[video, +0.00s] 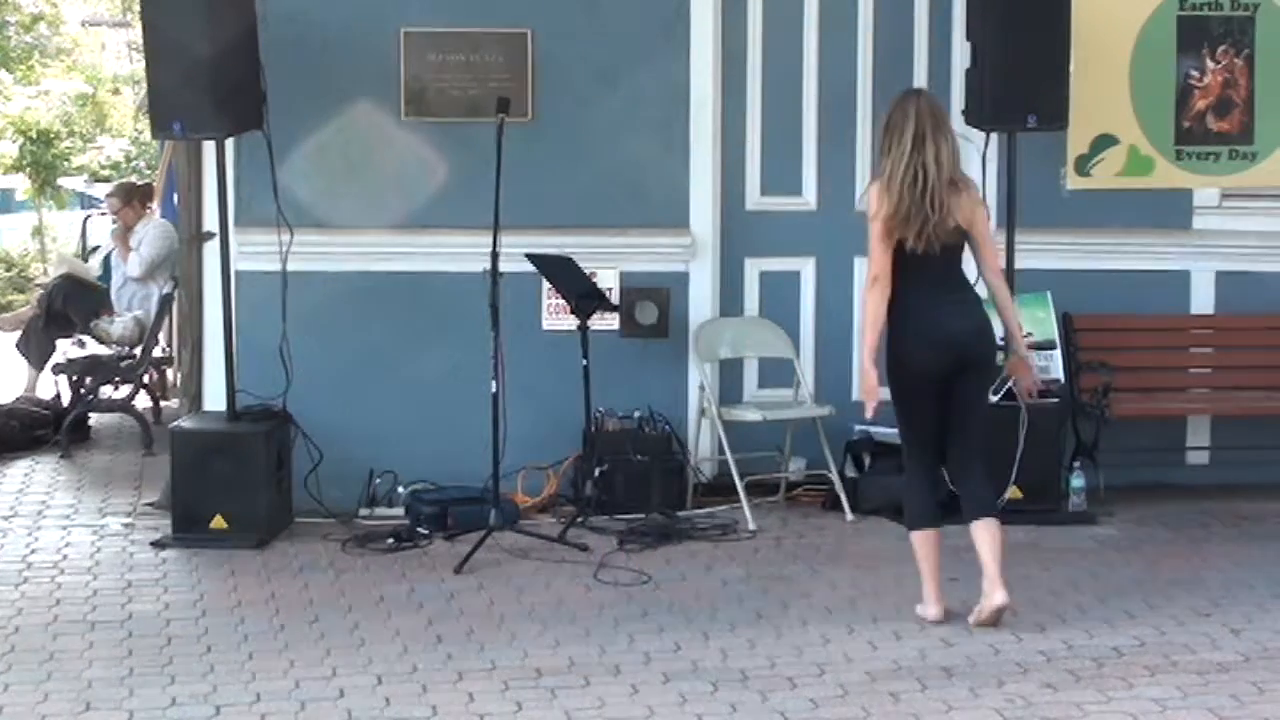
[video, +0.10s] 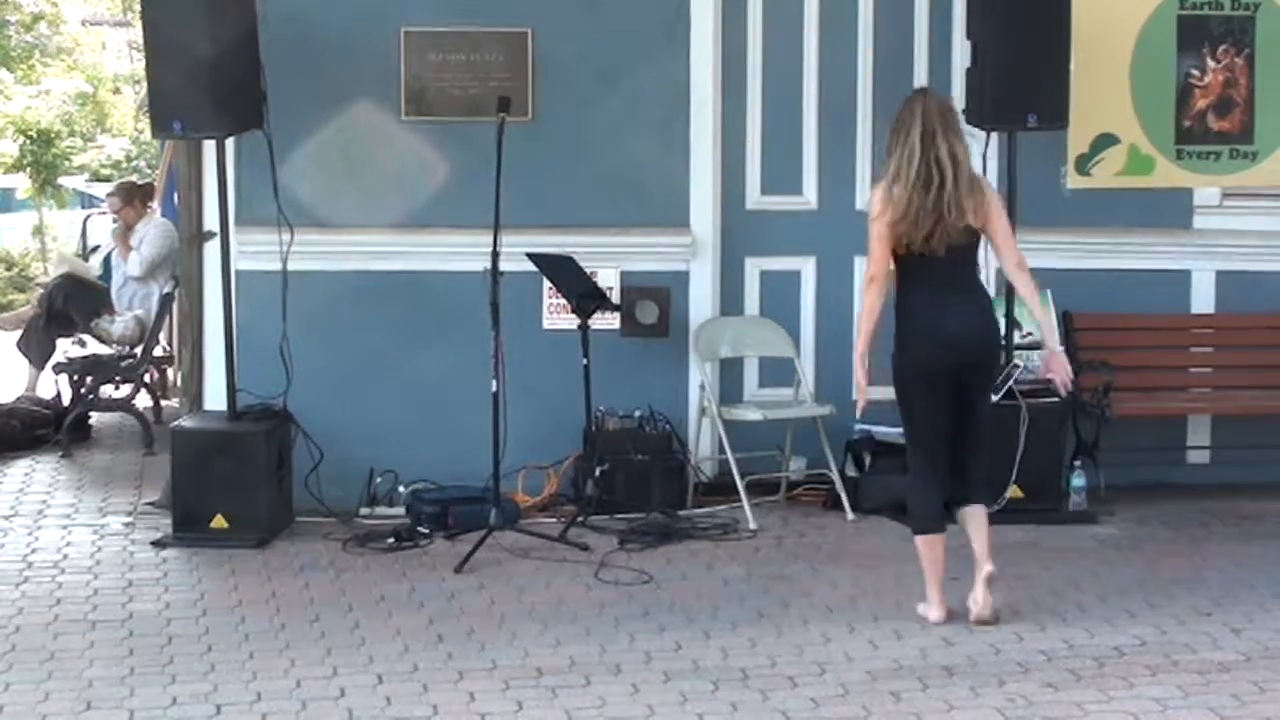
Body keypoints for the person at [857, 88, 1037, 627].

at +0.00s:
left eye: (890, 131)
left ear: (893, 135)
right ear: (944, 135)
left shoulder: (884, 193)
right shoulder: (965, 194)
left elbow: (879, 281)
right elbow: (993, 275)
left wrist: (868, 360)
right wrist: (1018, 346)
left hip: (914, 339)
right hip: (970, 334)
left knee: (919, 461)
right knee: (971, 458)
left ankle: (932, 599)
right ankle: (995, 585)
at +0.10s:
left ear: (901, 137)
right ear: (954, 136)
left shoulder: (888, 197)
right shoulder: (980, 193)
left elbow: (878, 281)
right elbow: (1015, 267)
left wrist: (860, 354)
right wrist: (1051, 341)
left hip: (920, 342)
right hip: (978, 337)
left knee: (925, 465)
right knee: (969, 460)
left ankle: (935, 601)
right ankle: (985, 568)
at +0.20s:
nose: (971, 138)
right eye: (969, 129)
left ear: (911, 137)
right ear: (965, 137)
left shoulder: (896, 198)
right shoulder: (991, 191)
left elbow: (881, 280)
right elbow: (1020, 265)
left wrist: (861, 353)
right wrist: (1053, 337)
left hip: (920, 341)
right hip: (980, 338)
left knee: (924, 462)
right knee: (981, 452)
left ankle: (934, 601)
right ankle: (981, 571)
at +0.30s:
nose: (980, 138)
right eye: (978, 128)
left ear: (924, 135)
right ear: (977, 136)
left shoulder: (903, 194)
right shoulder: (999, 191)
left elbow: (889, 279)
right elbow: (1020, 266)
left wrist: (872, 346)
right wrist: (1046, 337)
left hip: (921, 337)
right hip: (984, 336)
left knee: (924, 455)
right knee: (991, 453)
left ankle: (936, 591)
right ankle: (966, 577)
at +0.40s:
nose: (996, 141)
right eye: (992, 133)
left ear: (934, 136)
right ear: (986, 138)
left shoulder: (909, 196)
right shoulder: (1003, 192)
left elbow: (893, 286)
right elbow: (1016, 269)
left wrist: (885, 352)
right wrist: (1027, 345)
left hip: (929, 338)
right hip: (987, 338)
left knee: (934, 446)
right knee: (987, 460)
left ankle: (928, 562)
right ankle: (960, 593)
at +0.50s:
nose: (1006, 136)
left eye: (1002, 127)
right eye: (1003, 128)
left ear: (948, 133)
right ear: (994, 134)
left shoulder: (929, 189)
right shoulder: (1007, 191)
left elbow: (905, 274)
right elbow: (1002, 268)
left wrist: (910, 339)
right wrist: (1006, 347)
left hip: (930, 329)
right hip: (976, 330)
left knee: (949, 449)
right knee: (981, 456)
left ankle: (906, 560)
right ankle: (954, 601)